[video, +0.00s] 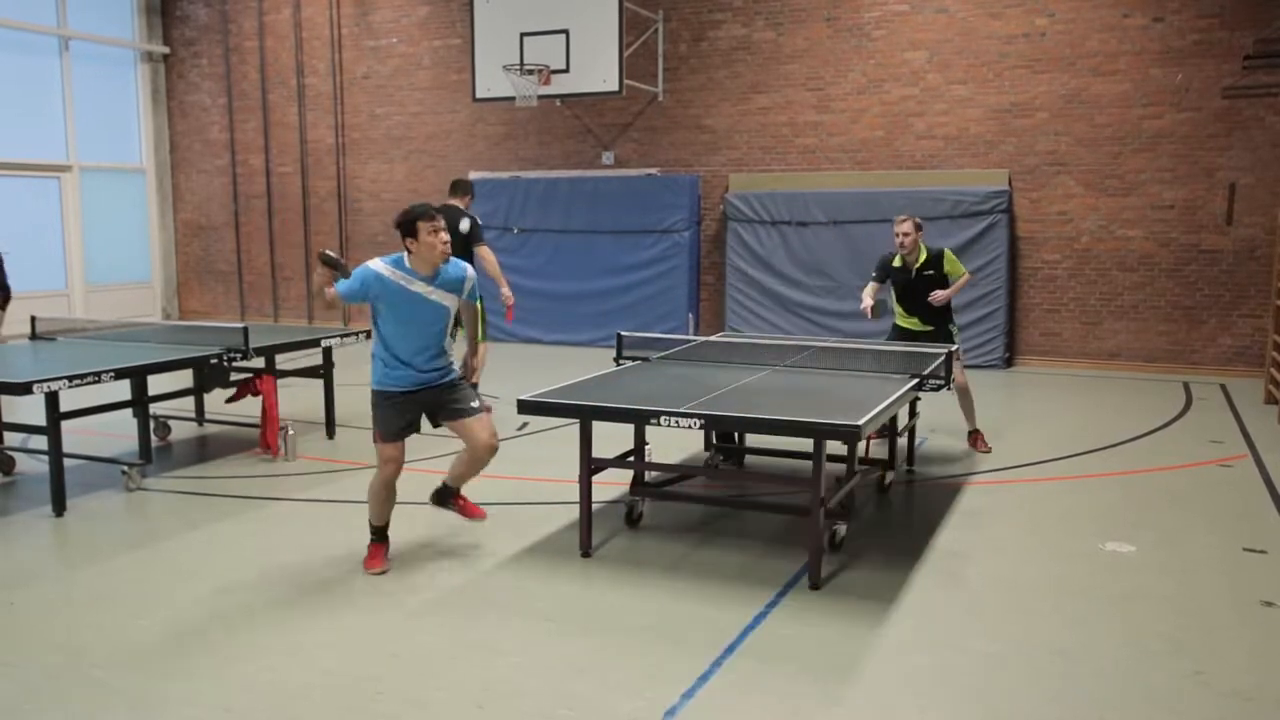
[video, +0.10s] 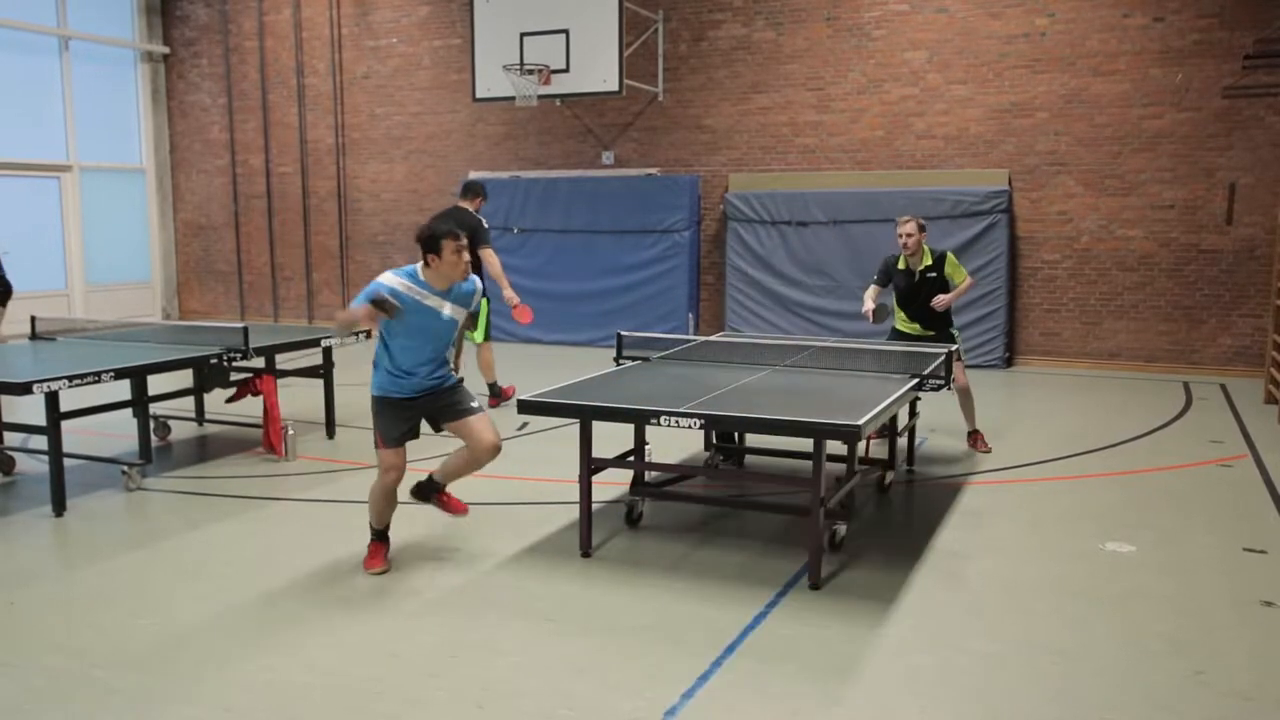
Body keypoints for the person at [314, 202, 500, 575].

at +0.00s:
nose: (444, 238)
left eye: (444, 231)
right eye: (433, 233)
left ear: (448, 235)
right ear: (410, 242)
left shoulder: (461, 276)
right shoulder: (376, 274)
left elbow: (472, 308)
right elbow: (328, 296)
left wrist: (474, 351)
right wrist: (325, 281)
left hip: (442, 378)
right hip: (393, 385)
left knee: (485, 444)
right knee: (389, 468)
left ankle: (448, 492)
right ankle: (378, 540)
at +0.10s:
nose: (467, 258)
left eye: (467, 250)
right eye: (458, 251)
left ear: (468, 252)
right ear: (432, 258)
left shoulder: (470, 289)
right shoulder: (395, 283)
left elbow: (460, 329)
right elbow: (343, 319)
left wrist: (455, 365)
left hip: (440, 383)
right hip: (393, 390)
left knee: (487, 445)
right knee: (391, 473)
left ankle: (431, 487)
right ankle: (378, 540)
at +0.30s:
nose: (521, 291)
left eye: (521, 284)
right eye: (518, 284)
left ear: (495, 282)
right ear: (500, 285)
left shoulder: (482, 305)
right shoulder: (446, 318)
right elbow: (425, 389)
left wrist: (497, 382)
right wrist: (485, 390)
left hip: (440, 400)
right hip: (405, 406)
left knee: (486, 463)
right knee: (427, 489)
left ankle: (450, 541)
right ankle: (383, 530)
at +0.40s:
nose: (527, 276)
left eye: (527, 267)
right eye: (525, 268)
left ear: (495, 266)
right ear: (511, 271)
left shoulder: (467, 287)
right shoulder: (470, 309)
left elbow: (416, 323)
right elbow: (456, 383)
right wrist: (506, 379)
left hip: (446, 397)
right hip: (422, 404)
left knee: (489, 462)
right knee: (469, 481)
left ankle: (450, 540)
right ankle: (394, 515)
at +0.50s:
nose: (527, 253)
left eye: (526, 246)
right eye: (525, 246)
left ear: (488, 246)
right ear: (513, 248)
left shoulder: (458, 274)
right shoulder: (487, 288)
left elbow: (410, 322)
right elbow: (475, 363)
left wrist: (414, 372)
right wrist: (526, 362)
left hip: (426, 388)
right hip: (442, 390)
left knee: (470, 461)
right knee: (504, 460)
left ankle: (450, 539)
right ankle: (422, 521)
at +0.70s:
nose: (527, 248)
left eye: (527, 241)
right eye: (526, 240)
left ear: (480, 239)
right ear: (517, 241)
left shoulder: (449, 276)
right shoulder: (507, 286)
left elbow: (413, 335)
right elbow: (517, 363)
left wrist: (427, 383)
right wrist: (548, 350)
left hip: (439, 403)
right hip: (480, 404)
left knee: (456, 478)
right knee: (528, 489)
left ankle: (422, 565)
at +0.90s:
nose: (550, 248)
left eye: (548, 242)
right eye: (548, 242)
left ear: (496, 246)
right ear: (541, 245)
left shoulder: (466, 285)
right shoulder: (551, 290)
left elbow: (437, 356)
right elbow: (583, 362)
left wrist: (455, 402)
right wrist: (602, 341)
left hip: (469, 418)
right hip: (523, 424)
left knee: (450, 494)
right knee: (561, 515)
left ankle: (423, 576)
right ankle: (546, 627)